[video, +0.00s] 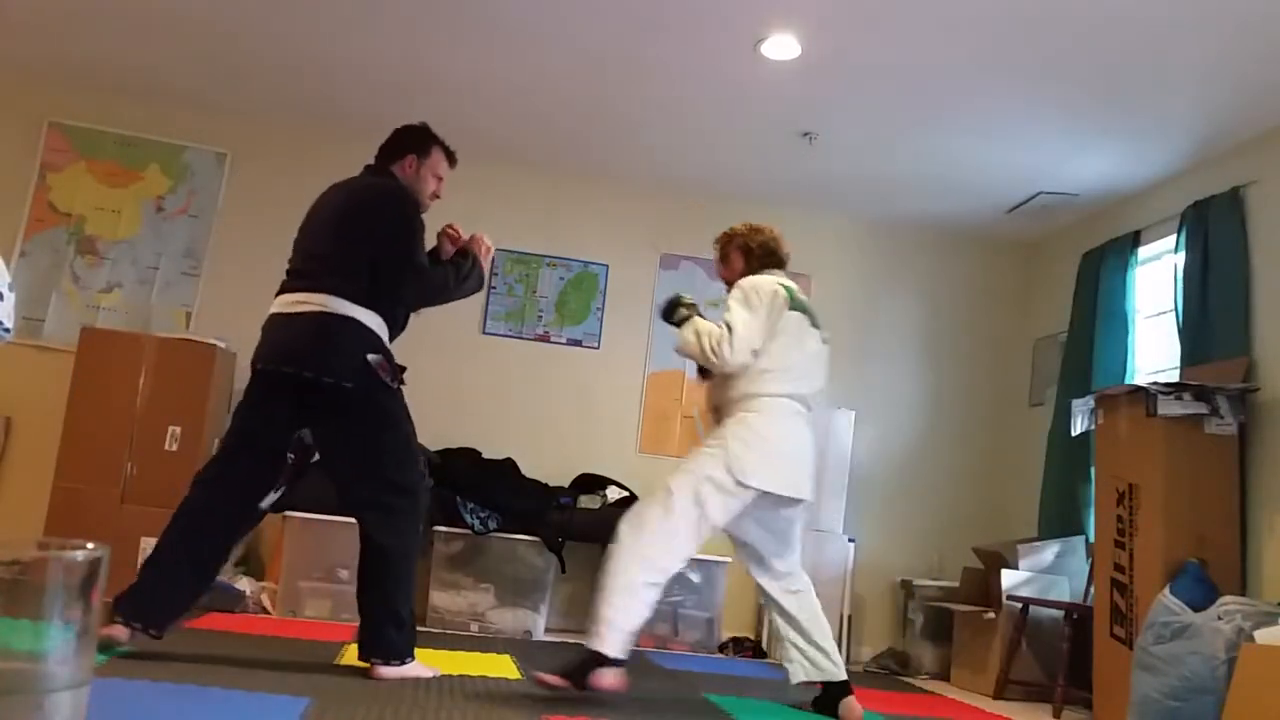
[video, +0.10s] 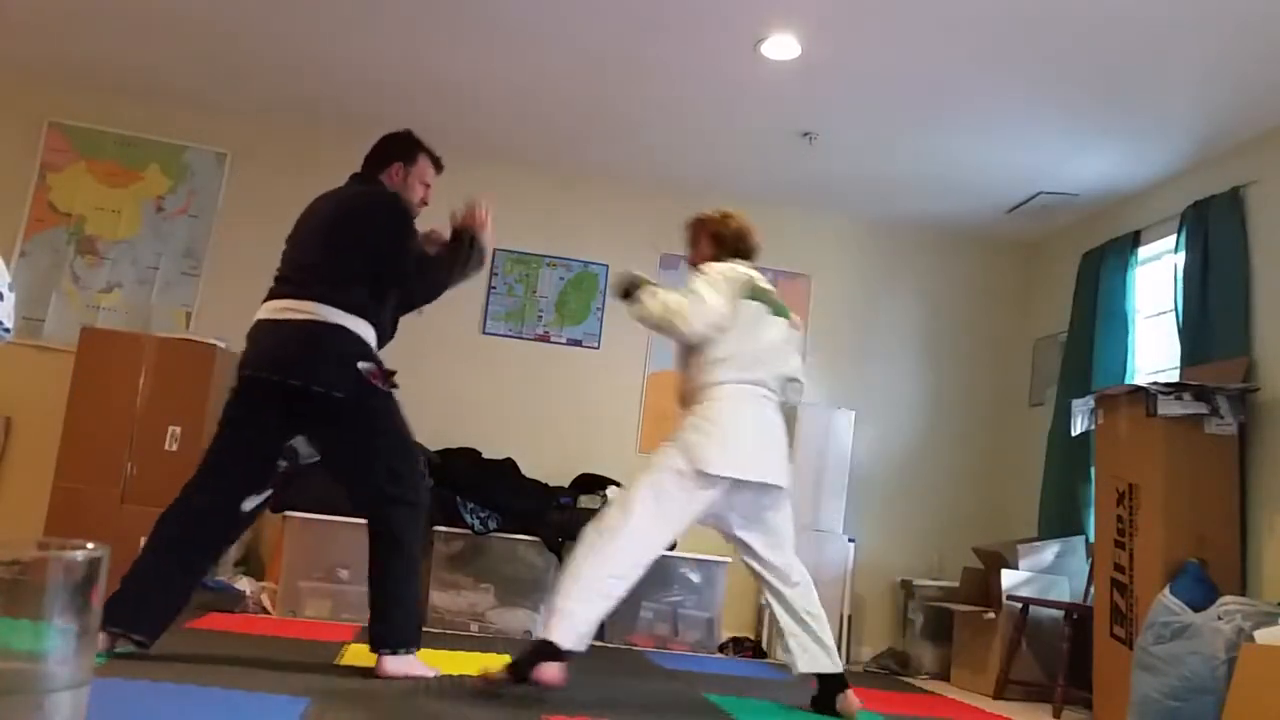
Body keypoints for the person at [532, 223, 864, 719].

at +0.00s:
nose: (720, 271)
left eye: (724, 261)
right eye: (720, 262)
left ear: (744, 257)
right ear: (771, 260)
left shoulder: (755, 288)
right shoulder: (803, 309)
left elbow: (730, 351)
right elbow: (782, 378)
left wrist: (685, 317)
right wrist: (714, 356)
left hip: (752, 439)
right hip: (794, 450)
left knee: (653, 525)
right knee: (782, 571)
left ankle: (604, 656)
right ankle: (833, 686)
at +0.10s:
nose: (690, 255)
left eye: (695, 246)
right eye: (692, 247)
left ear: (712, 246)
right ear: (744, 252)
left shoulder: (717, 275)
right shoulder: (780, 313)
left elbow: (696, 321)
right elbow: (791, 386)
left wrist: (639, 292)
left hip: (715, 434)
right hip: (768, 446)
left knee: (625, 528)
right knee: (780, 564)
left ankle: (551, 648)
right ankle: (832, 683)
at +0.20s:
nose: (649, 242)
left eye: (653, 234)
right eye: (651, 234)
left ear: (668, 234)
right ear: (709, 242)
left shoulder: (655, 268)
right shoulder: (744, 299)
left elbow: (580, 266)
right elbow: (773, 379)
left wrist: (516, 240)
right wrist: (712, 391)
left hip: (680, 440)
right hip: (743, 447)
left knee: (586, 547)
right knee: (764, 557)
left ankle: (521, 665)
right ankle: (818, 674)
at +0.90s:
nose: (644, 222)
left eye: (647, 211)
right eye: (643, 212)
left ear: (671, 207)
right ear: (703, 213)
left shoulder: (661, 246)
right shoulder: (748, 282)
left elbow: (620, 326)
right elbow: (737, 366)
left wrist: (579, 298)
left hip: (648, 427)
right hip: (714, 440)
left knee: (555, 526)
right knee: (719, 563)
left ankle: (534, 665)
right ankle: (758, 700)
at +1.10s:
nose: (613, 239)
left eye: (616, 229)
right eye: (613, 229)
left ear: (636, 229)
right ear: (674, 233)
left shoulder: (629, 273)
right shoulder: (716, 301)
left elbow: (599, 358)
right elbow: (709, 379)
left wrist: (553, 345)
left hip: (618, 436)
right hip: (686, 451)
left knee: (501, 518)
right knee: (707, 576)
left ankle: (446, 647)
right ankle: (758, 704)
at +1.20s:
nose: (571, 231)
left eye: (575, 221)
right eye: (573, 221)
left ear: (595, 223)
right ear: (630, 227)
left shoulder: (576, 272)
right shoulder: (675, 294)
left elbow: (525, 347)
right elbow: (682, 377)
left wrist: (492, 327)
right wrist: (624, 362)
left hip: (575, 440)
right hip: (651, 453)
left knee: (458, 530)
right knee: (680, 573)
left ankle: (367, 645)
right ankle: (754, 692)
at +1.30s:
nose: (516, 224)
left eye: (522, 215)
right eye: (522, 214)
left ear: (534, 221)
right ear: (581, 227)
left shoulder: (504, 273)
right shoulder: (617, 289)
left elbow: (414, 288)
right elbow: (646, 367)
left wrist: (348, 286)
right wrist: (603, 413)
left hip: (530, 448)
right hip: (610, 456)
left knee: (418, 534)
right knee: (650, 563)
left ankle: (354, 664)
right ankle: (735, 671)